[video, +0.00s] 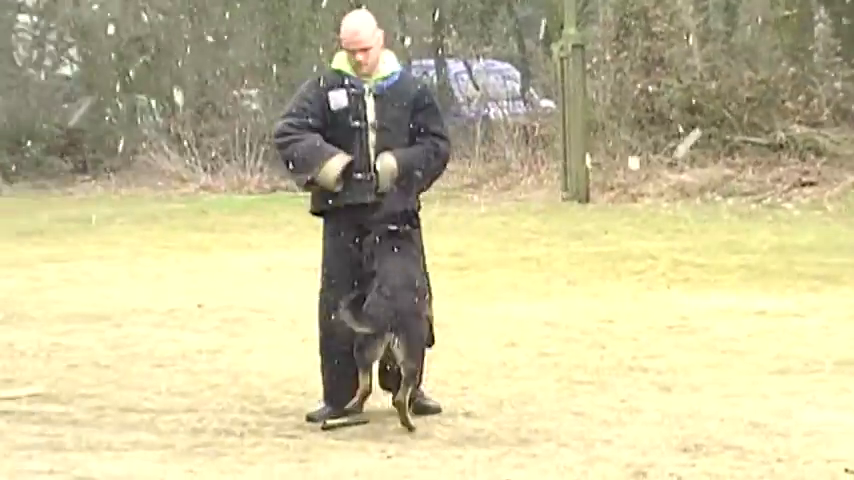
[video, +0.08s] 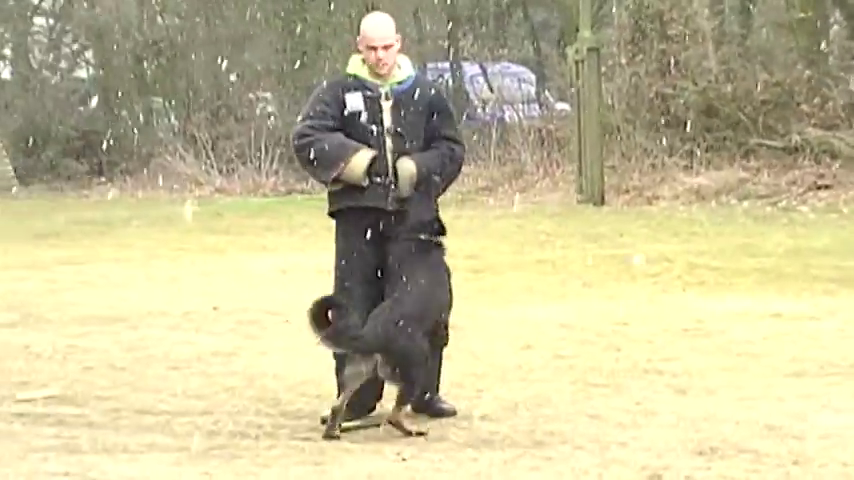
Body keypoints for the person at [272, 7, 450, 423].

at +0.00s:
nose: (357, 58)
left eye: (363, 49)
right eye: (350, 51)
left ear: (382, 42)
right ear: (341, 49)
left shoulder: (412, 90)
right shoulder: (325, 87)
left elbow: (438, 148)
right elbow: (288, 133)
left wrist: (399, 164)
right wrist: (328, 162)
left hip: (397, 219)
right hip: (342, 219)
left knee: (408, 300)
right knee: (338, 305)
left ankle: (408, 386)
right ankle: (342, 399)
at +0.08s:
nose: (379, 55)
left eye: (386, 47)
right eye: (371, 48)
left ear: (400, 44)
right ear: (359, 47)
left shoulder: (426, 93)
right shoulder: (339, 90)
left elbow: (453, 150)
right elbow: (307, 138)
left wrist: (419, 168)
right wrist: (355, 160)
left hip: (415, 217)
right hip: (358, 215)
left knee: (423, 301)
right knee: (353, 302)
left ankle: (422, 391)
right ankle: (356, 397)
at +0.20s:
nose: (393, 58)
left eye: (399, 50)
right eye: (384, 51)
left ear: (409, 49)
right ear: (369, 52)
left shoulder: (432, 102)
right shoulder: (349, 98)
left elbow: (459, 158)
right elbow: (318, 148)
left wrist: (434, 183)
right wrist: (369, 173)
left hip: (423, 224)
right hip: (369, 224)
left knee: (426, 310)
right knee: (360, 312)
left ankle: (435, 397)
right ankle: (342, 401)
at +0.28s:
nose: (397, 59)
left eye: (403, 51)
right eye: (388, 52)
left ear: (412, 53)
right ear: (373, 56)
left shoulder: (435, 107)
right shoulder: (348, 103)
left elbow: (459, 165)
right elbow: (320, 153)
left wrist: (439, 192)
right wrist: (368, 177)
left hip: (426, 230)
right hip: (372, 229)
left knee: (434, 313)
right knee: (363, 317)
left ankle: (443, 399)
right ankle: (328, 400)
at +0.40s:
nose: (393, 58)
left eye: (398, 51)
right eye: (385, 51)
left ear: (405, 54)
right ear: (366, 56)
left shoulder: (424, 109)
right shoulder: (340, 104)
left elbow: (447, 163)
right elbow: (307, 155)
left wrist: (431, 191)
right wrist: (359, 184)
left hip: (415, 231)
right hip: (362, 232)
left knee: (429, 309)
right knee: (349, 319)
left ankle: (444, 397)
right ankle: (315, 407)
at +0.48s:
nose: (386, 56)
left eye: (391, 49)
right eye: (377, 49)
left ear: (397, 53)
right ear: (358, 54)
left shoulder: (414, 105)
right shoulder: (332, 101)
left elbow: (439, 157)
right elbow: (300, 154)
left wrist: (426, 185)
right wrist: (350, 181)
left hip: (407, 230)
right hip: (354, 231)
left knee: (428, 311)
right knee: (346, 318)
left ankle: (449, 395)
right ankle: (318, 405)